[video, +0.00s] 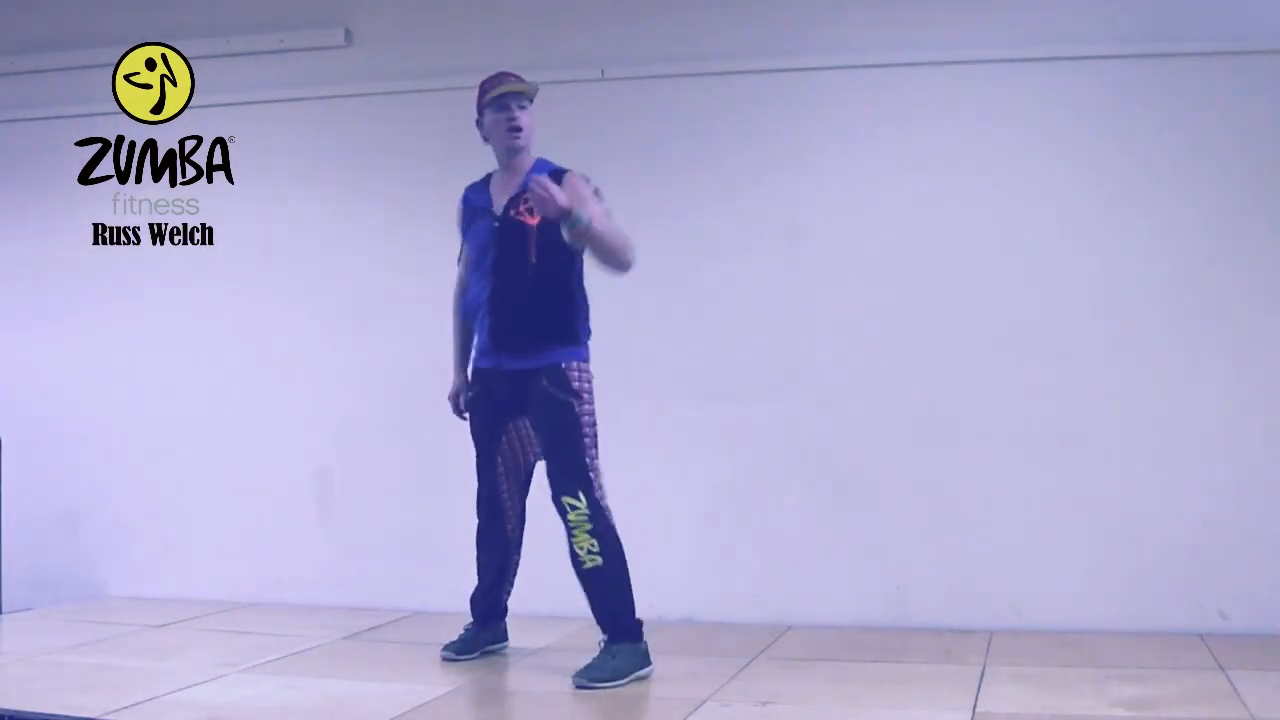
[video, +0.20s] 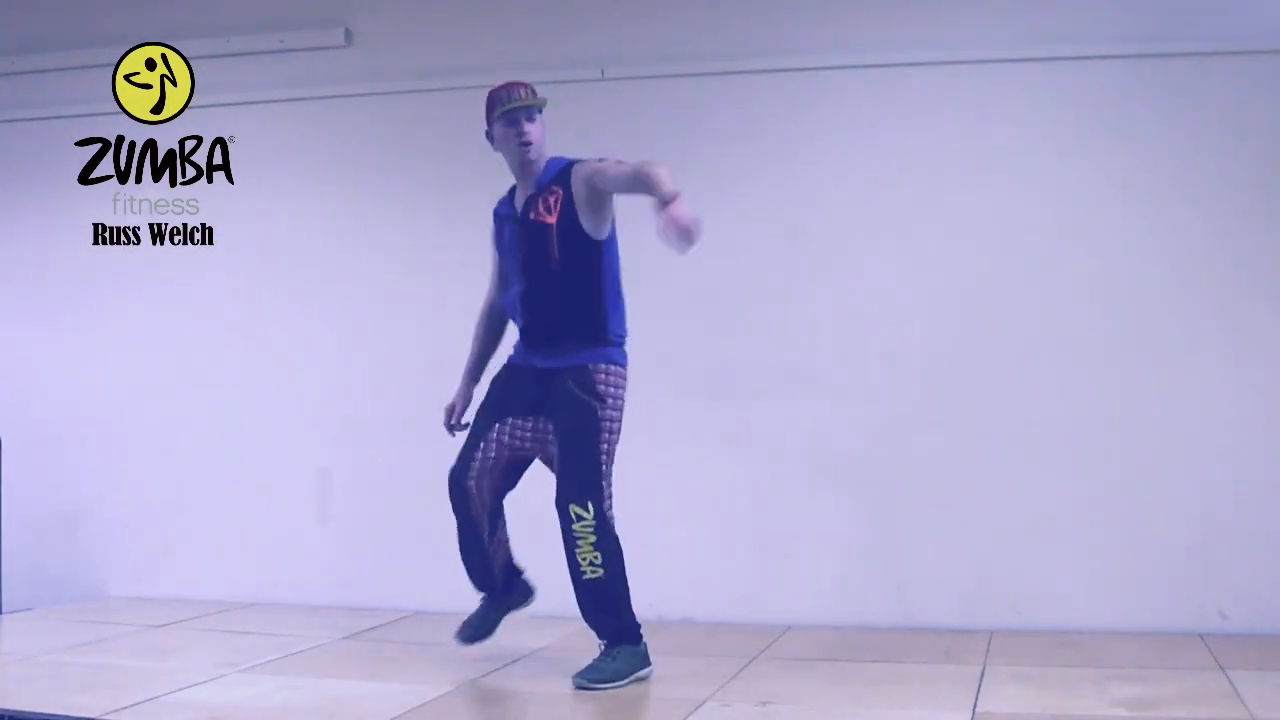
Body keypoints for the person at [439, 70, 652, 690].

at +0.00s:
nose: (513, 117)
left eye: (521, 106)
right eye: (500, 110)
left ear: (536, 117)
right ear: (482, 126)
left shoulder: (569, 186)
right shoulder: (475, 199)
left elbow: (623, 256)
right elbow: (467, 285)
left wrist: (576, 212)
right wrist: (460, 367)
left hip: (559, 370)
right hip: (494, 373)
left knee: (581, 505)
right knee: (496, 505)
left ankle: (625, 643)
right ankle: (488, 625)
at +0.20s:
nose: (523, 128)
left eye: (530, 117)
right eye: (509, 121)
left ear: (545, 124)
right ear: (491, 136)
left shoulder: (580, 177)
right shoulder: (505, 214)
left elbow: (645, 173)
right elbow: (498, 303)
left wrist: (671, 202)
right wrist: (466, 384)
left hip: (590, 371)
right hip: (527, 370)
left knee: (583, 508)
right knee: (469, 484)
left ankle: (625, 646)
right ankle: (502, 586)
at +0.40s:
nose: (528, 123)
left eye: (535, 111)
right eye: (514, 117)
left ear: (551, 118)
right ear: (497, 135)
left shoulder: (594, 170)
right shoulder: (509, 210)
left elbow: (678, 184)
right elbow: (523, 296)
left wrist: (659, 123)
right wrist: (502, 378)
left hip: (607, 365)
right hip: (545, 371)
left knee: (600, 504)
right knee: (522, 493)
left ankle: (627, 645)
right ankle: (584, 609)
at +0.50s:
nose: (532, 113)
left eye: (539, 101)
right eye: (518, 106)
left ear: (556, 107)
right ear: (502, 123)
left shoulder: (596, 164)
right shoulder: (507, 200)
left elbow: (682, 200)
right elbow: (516, 292)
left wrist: (642, 142)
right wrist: (515, 377)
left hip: (604, 362)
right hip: (544, 368)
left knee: (613, 501)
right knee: (572, 504)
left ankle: (630, 645)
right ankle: (616, 634)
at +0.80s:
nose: (500, 120)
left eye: (512, 109)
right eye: (494, 113)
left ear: (543, 118)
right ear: (492, 128)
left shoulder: (582, 181)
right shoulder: (500, 201)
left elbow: (650, 246)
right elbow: (516, 290)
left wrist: (653, 185)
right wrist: (491, 357)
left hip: (587, 371)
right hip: (527, 373)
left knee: (587, 513)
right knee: (465, 477)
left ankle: (624, 646)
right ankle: (521, 593)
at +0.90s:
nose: (494, 103)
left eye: (507, 93)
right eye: (488, 95)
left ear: (536, 104)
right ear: (483, 110)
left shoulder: (568, 174)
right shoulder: (482, 186)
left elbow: (607, 245)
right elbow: (488, 277)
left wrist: (650, 279)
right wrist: (477, 348)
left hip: (567, 365)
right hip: (502, 367)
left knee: (589, 501)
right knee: (476, 494)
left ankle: (622, 641)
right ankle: (469, 614)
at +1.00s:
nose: (489, 113)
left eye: (500, 103)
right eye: (482, 105)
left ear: (528, 112)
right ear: (477, 117)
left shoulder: (558, 185)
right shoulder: (473, 189)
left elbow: (589, 263)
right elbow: (471, 280)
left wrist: (618, 338)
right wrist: (460, 353)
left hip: (551, 369)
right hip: (489, 373)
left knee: (580, 502)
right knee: (475, 499)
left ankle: (622, 642)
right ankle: (461, 623)